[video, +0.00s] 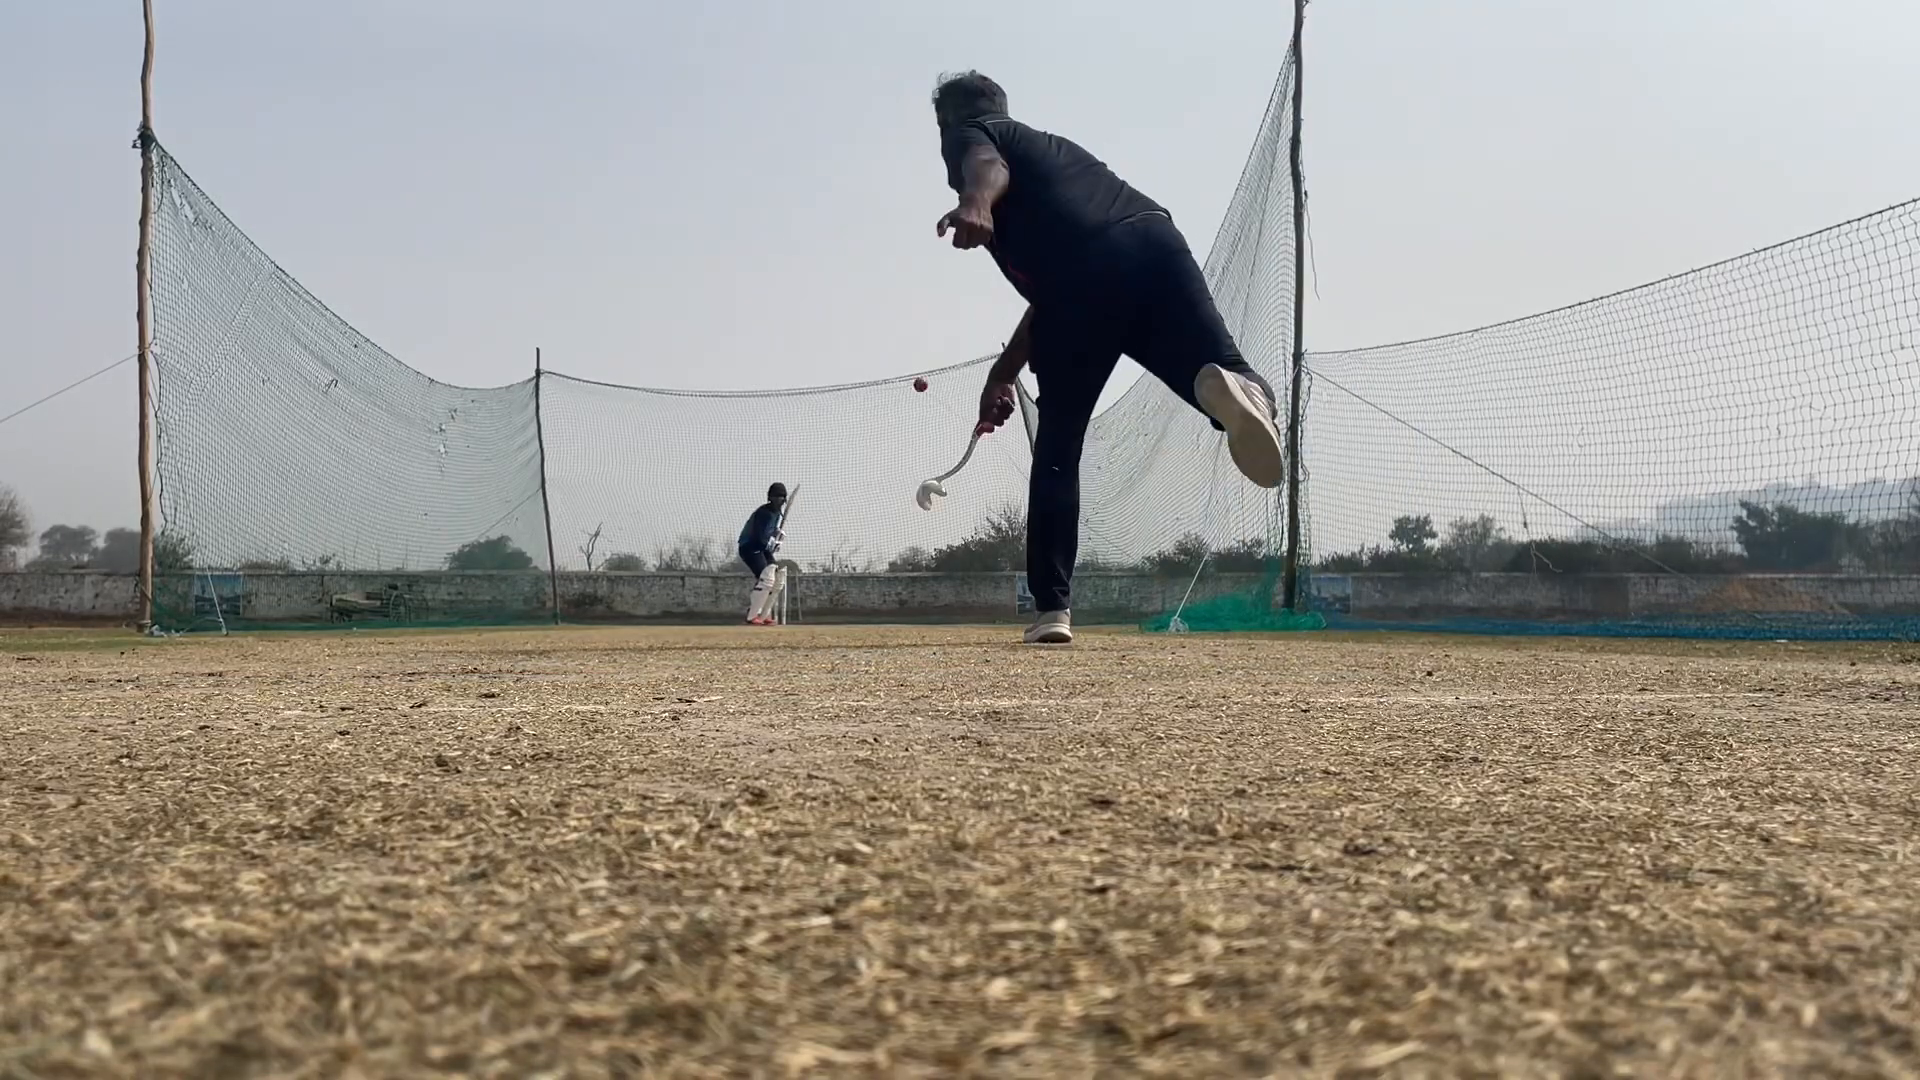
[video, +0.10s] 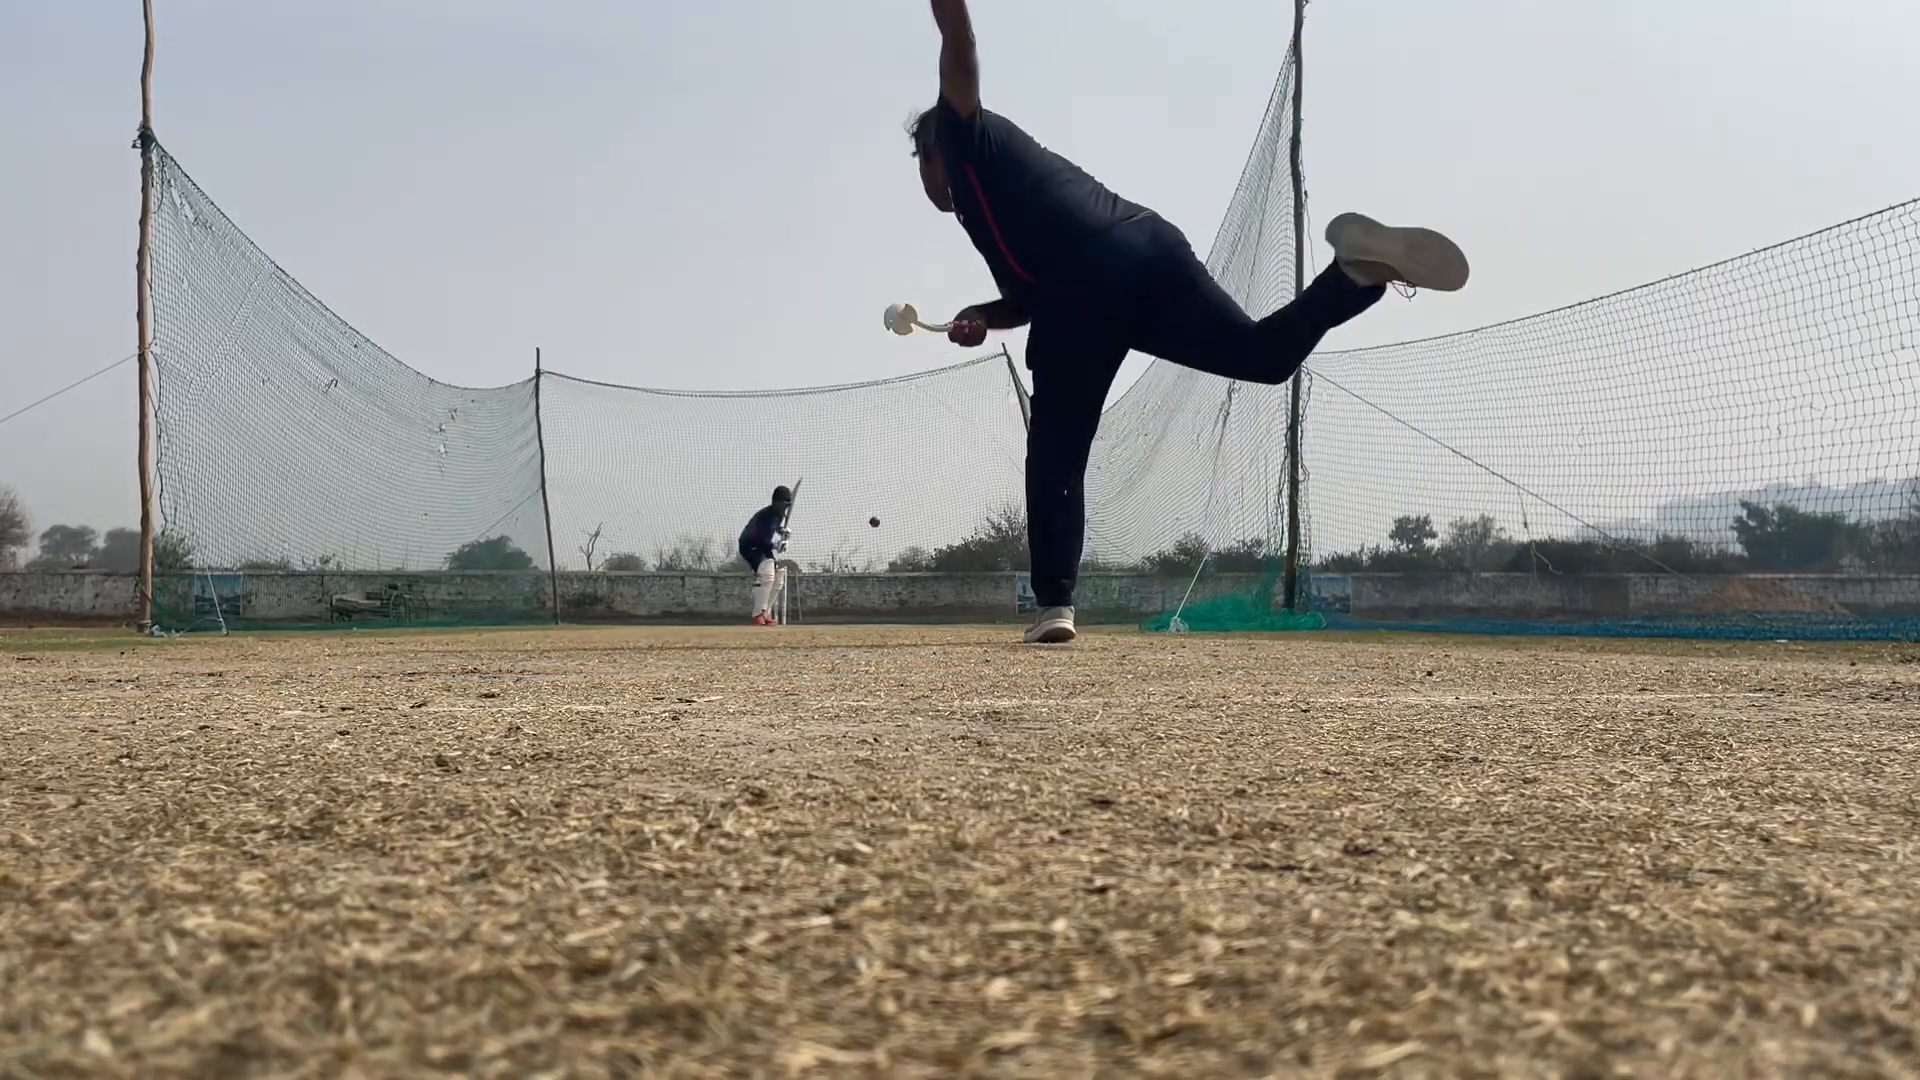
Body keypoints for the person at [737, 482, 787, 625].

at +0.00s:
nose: (783, 500)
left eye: (784, 496)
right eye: (780, 496)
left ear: (785, 498)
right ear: (771, 497)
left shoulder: (777, 513)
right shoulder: (765, 512)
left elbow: (772, 529)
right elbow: (760, 538)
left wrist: (777, 534)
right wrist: (772, 545)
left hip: (762, 547)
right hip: (749, 547)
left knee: (777, 577)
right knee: (767, 576)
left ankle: (765, 615)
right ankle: (752, 615)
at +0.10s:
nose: (787, 504)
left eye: (788, 501)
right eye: (784, 501)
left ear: (788, 502)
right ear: (776, 501)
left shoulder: (778, 516)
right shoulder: (768, 516)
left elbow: (774, 528)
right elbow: (762, 541)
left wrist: (782, 532)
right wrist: (776, 546)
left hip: (762, 546)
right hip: (750, 546)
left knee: (778, 577)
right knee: (766, 572)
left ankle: (765, 613)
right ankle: (758, 613)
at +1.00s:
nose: (814, 492)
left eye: (815, 489)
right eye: (813, 488)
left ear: (799, 484)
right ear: (808, 488)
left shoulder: (784, 495)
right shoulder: (798, 501)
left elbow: (768, 507)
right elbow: (808, 527)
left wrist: (784, 512)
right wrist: (809, 521)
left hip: (771, 541)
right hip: (782, 542)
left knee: (782, 577)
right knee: (797, 575)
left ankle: (770, 613)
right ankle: (788, 615)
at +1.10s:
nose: (814, 491)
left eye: (815, 488)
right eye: (813, 487)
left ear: (798, 484)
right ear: (808, 487)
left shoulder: (785, 495)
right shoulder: (798, 501)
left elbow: (769, 507)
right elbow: (809, 527)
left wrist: (785, 513)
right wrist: (809, 520)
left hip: (771, 541)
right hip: (782, 542)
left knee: (782, 577)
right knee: (797, 575)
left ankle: (770, 613)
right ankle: (788, 616)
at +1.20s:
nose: (813, 490)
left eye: (814, 486)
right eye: (812, 486)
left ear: (797, 483)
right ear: (807, 486)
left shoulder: (785, 495)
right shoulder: (798, 500)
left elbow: (770, 508)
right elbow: (809, 526)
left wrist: (786, 513)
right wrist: (808, 519)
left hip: (772, 541)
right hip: (783, 542)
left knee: (782, 577)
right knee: (797, 575)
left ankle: (770, 612)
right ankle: (788, 615)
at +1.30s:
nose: (812, 488)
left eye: (813, 484)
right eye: (812, 484)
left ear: (796, 482)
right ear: (807, 485)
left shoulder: (785, 496)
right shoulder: (797, 499)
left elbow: (772, 512)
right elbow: (807, 523)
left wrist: (789, 516)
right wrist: (813, 526)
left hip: (773, 541)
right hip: (783, 541)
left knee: (782, 576)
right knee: (797, 575)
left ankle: (770, 611)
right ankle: (788, 615)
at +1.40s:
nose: (809, 485)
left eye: (809, 481)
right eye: (808, 481)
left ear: (794, 481)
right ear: (802, 482)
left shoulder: (785, 495)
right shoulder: (795, 497)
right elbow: (803, 520)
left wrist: (811, 525)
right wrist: (813, 531)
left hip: (774, 540)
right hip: (783, 541)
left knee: (783, 577)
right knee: (798, 574)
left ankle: (771, 613)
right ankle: (788, 616)